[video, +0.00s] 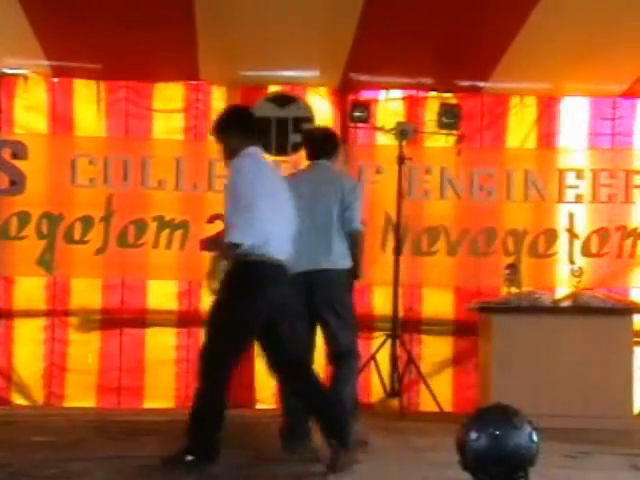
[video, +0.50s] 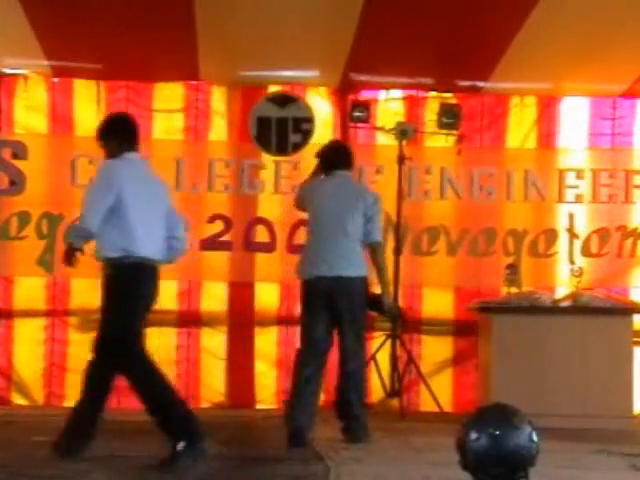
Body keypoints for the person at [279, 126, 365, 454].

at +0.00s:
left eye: (312, 149)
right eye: (334, 150)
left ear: (307, 152)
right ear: (336, 151)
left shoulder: (290, 184)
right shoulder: (345, 183)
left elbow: (281, 225)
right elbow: (353, 227)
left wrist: (283, 260)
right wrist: (357, 264)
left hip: (294, 271)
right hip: (333, 269)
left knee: (296, 355)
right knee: (344, 351)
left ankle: (295, 431)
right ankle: (341, 424)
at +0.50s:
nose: (319, 167)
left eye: (322, 162)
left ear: (323, 165)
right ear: (351, 165)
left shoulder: (314, 188)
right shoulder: (365, 196)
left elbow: (301, 201)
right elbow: (374, 244)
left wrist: (318, 173)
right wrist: (385, 289)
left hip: (315, 277)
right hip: (351, 277)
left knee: (312, 351)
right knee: (352, 352)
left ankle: (299, 425)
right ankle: (354, 424)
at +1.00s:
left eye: (328, 174)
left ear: (328, 174)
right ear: (356, 173)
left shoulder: (322, 195)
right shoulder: (372, 199)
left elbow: (295, 219)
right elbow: (387, 245)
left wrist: (315, 188)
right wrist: (396, 289)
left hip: (329, 281)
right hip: (364, 281)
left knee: (330, 351)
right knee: (360, 353)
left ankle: (329, 418)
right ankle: (357, 420)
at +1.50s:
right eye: (362, 176)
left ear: (338, 177)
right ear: (365, 176)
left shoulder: (325, 197)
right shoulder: (378, 198)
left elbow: (298, 228)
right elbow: (389, 239)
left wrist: (312, 254)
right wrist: (400, 281)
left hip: (335, 281)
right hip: (371, 279)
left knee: (334, 350)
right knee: (375, 349)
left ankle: (330, 418)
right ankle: (382, 416)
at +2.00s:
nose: (351, 184)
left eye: (350, 177)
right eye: (348, 178)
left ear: (357, 169)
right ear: (372, 162)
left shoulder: (380, 185)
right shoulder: (395, 186)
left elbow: (399, 216)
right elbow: (416, 230)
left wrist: (370, 259)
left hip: (388, 274)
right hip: (412, 273)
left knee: (357, 353)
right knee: (399, 355)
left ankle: (345, 424)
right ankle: (398, 429)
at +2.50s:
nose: (401, 173)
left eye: (406, 166)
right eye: (396, 167)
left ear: (417, 163)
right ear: (387, 165)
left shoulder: (436, 190)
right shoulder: (374, 193)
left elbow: (453, 233)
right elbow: (367, 236)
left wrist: (445, 276)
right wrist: (359, 280)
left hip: (423, 285)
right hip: (383, 284)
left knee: (425, 362)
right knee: (370, 360)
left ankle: (425, 430)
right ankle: (369, 430)